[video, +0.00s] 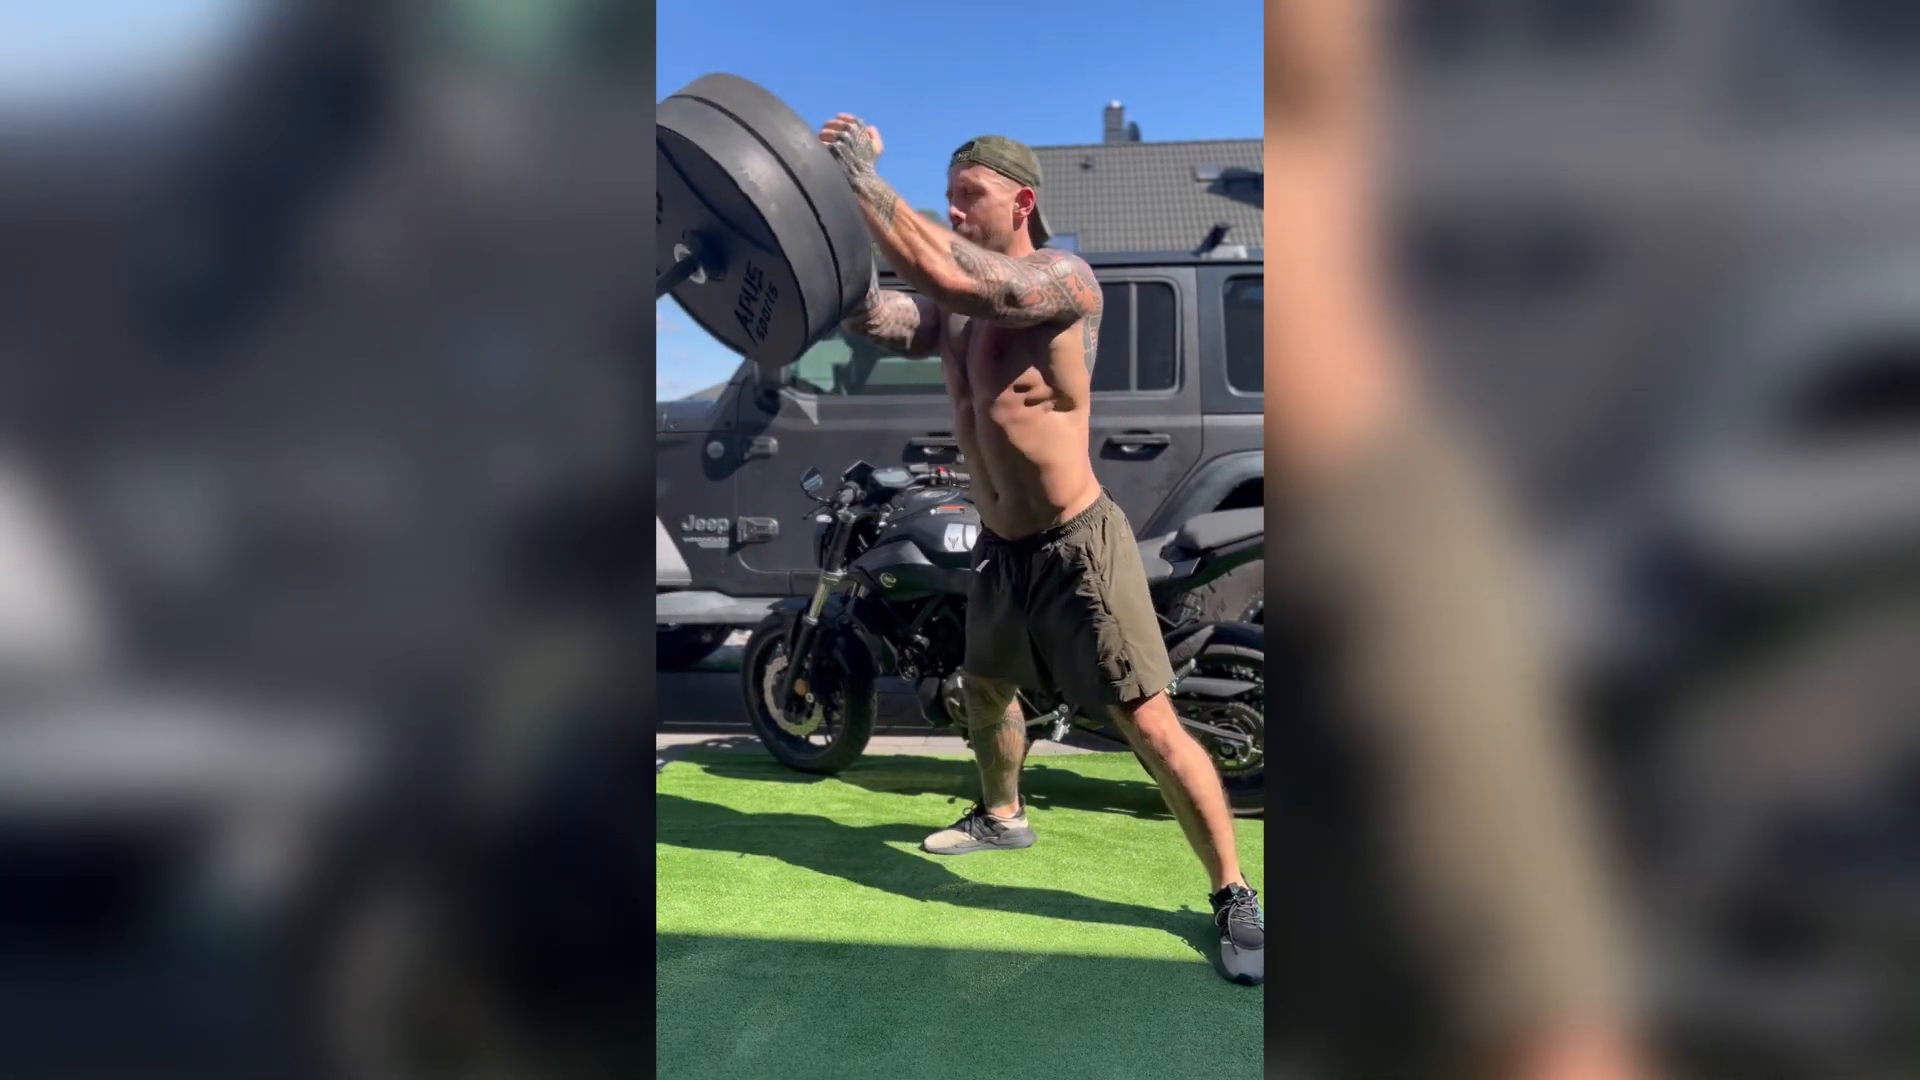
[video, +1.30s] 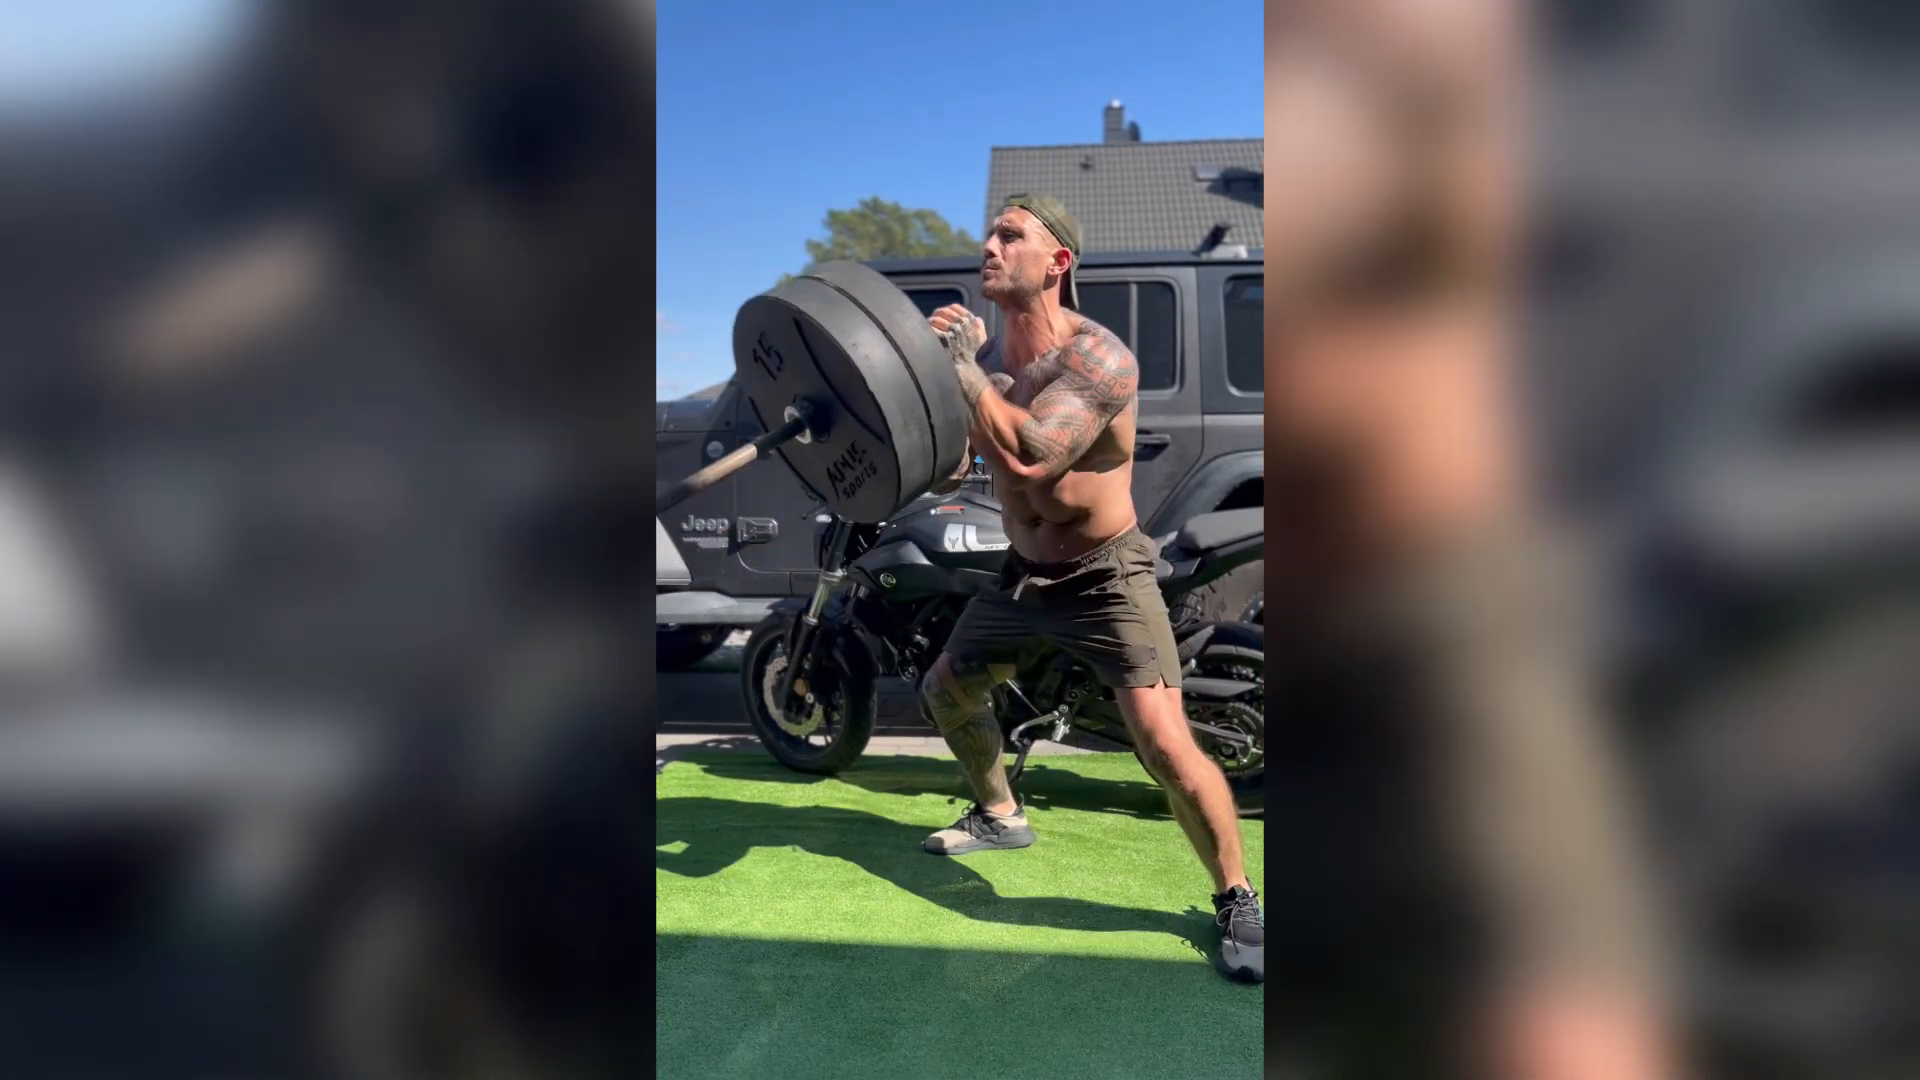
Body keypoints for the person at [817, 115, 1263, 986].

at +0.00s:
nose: (952, 212)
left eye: (968, 198)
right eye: (948, 199)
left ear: (1022, 204)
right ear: (954, 205)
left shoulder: (1067, 277)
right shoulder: (949, 297)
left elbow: (958, 277)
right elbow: (873, 317)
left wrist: (861, 178)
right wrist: (813, 236)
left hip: (1079, 541)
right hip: (1000, 549)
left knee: (1149, 724)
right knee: (988, 693)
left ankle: (1234, 893)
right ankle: (1001, 818)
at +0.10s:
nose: (969, 219)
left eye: (987, 206)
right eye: (966, 207)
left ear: (1038, 217)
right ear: (969, 225)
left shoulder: (1080, 303)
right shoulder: (964, 320)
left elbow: (982, 351)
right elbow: (905, 381)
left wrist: (907, 261)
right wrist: (851, 297)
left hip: (1092, 547)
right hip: (1007, 552)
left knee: (1152, 727)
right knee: (969, 697)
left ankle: (1234, 896)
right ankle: (1002, 817)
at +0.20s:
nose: (972, 263)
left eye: (990, 249)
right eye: (972, 250)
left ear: (1042, 261)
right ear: (981, 268)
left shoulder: (1088, 350)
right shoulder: (988, 359)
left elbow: (1004, 439)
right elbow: (937, 450)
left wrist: (944, 345)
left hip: (1113, 570)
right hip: (1030, 575)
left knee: (1162, 739)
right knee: (954, 694)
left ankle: (1235, 898)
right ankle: (1002, 818)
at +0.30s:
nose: (983, 320)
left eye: (1000, 307)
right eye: (982, 307)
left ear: (1048, 319)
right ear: (985, 318)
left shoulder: (1099, 405)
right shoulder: (988, 404)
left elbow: (1034, 513)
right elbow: (954, 522)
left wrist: (973, 425)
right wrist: (927, 432)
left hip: (1130, 600)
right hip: (1046, 602)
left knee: (1165, 744)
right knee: (947, 696)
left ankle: (1237, 899)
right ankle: (999, 816)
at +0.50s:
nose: (995, 423)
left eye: (1012, 411)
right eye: (992, 411)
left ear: (1058, 424)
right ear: (988, 421)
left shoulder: (1116, 506)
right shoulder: (998, 499)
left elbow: (1070, 634)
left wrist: (1012, 543)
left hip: (1151, 656)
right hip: (1060, 657)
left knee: (1165, 750)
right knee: (947, 698)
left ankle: (1237, 901)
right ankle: (1000, 820)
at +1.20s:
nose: (981, 316)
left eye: (1001, 306)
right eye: (983, 305)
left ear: (1050, 327)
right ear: (985, 323)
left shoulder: (1104, 418)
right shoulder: (984, 409)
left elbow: (1049, 535)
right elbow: (946, 491)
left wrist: (990, 447)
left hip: (1129, 596)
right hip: (1041, 596)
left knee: (1162, 738)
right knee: (943, 692)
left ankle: (1238, 899)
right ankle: (1000, 816)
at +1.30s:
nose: (988, 247)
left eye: (1008, 236)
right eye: (988, 236)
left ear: (1057, 260)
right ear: (990, 259)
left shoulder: (1103, 358)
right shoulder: (985, 351)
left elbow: (1033, 454)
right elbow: (949, 460)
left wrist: (965, 368)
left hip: (1108, 569)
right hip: (1024, 571)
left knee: (1162, 740)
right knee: (947, 692)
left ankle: (1238, 899)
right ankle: (1001, 816)